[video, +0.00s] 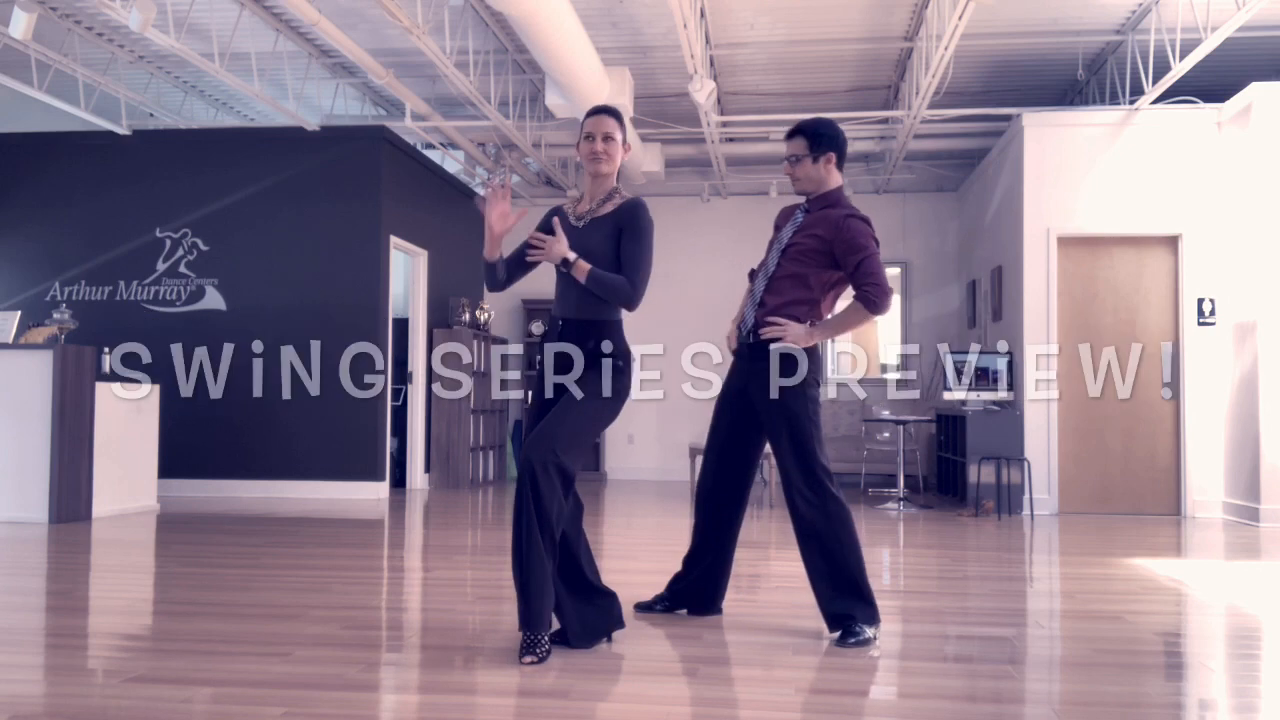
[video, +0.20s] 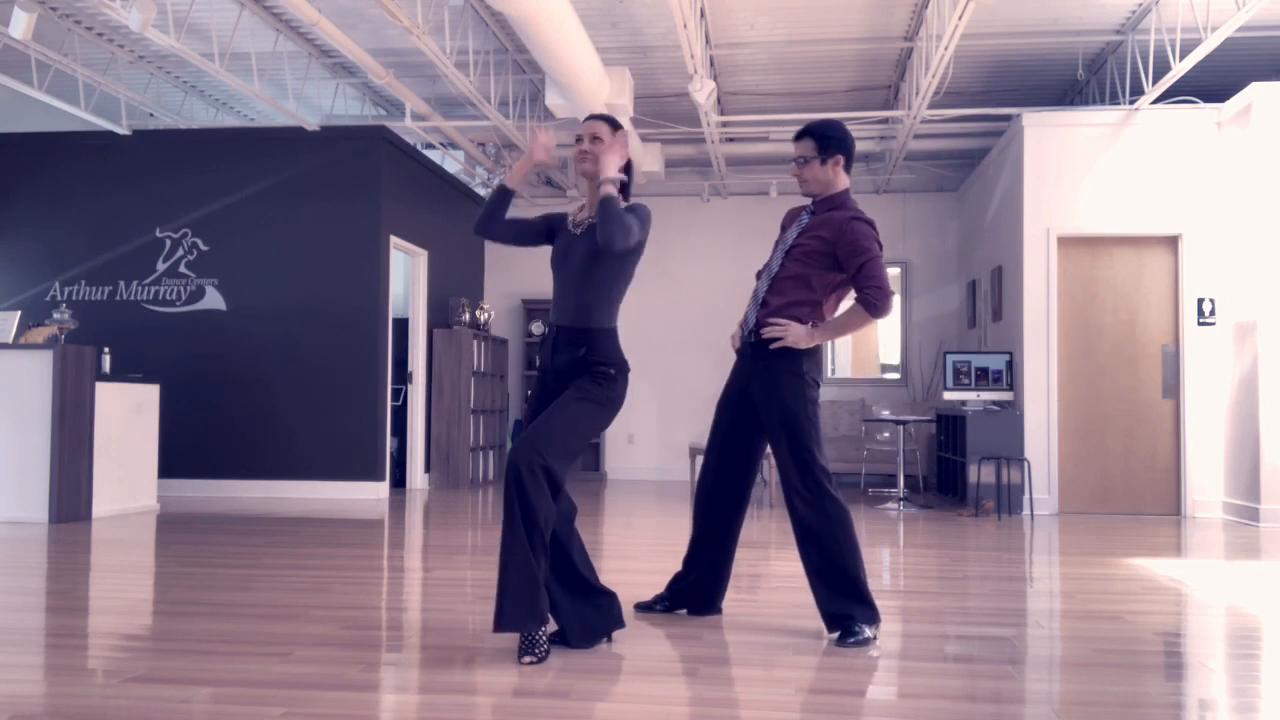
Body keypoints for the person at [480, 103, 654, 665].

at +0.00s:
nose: (598, 146)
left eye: (608, 138)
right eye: (589, 138)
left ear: (625, 150)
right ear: (577, 148)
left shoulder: (633, 213)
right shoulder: (560, 214)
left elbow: (632, 294)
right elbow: (499, 277)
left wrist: (567, 258)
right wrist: (493, 236)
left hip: (604, 361)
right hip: (554, 359)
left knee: (539, 452)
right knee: (547, 480)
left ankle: (538, 617)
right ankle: (588, 608)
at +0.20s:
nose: (583, 147)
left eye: (596, 138)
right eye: (578, 140)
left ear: (623, 155)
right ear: (573, 155)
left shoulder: (636, 213)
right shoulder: (563, 222)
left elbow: (617, 238)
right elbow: (489, 226)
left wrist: (607, 184)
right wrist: (525, 166)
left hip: (599, 372)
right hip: (554, 371)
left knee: (528, 459)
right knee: (541, 486)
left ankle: (535, 616)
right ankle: (588, 609)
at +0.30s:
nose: (585, 147)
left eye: (598, 140)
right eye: (582, 140)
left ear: (623, 161)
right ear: (576, 155)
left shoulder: (635, 219)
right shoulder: (562, 224)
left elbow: (612, 196)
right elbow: (489, 209)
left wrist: (621, 157)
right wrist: (530, 156)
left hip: (595, 373)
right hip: (550, 370)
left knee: (522, 459)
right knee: (539, 488)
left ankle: (533, 615)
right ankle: (587, 609)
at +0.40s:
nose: (587, 149)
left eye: (601, 145)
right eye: (586, 142)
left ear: (623, 167)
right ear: (580, 160)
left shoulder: (630, 225)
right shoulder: (560, 227)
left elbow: (623, 192)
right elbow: (494, 196)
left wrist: (615, 138)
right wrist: (543, 157)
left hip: (591, 372)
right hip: (546, 368)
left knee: (520, 461)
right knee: (534, 487)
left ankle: (532, 616)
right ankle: (587, 609)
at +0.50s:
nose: (589, 149)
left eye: (603, 146)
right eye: (589, 143)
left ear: (622, 166)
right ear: (579, 155)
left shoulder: (627, 226)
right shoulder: (557, 226)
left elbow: (624, 192)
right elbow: (488, 187)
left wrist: (621, 150)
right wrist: (541, 138)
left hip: (588, 376)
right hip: (544, 372)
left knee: (516, 462)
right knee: (530, 490)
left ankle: (532, 617)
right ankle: (587, 608)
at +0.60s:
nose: (590, 146)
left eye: (603, 146)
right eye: (590, 141)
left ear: (621, 167)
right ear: (581, 162)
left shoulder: (624, 227)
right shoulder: (557, 228)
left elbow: (623, 165)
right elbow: (492, 180)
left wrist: (624, 131)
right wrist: (548, 154)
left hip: (585, 376)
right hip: (542, 372)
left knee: (512, 463)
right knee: (528, 493)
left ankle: (532, 618)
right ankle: (588, 609)